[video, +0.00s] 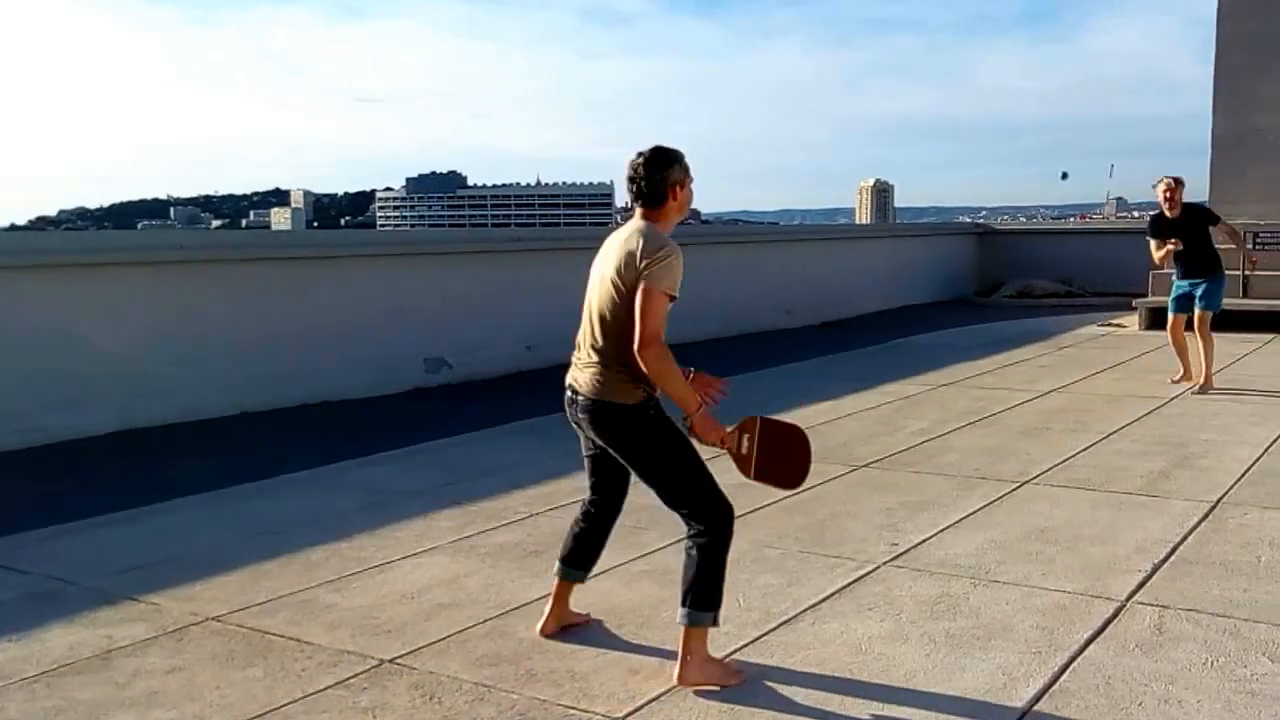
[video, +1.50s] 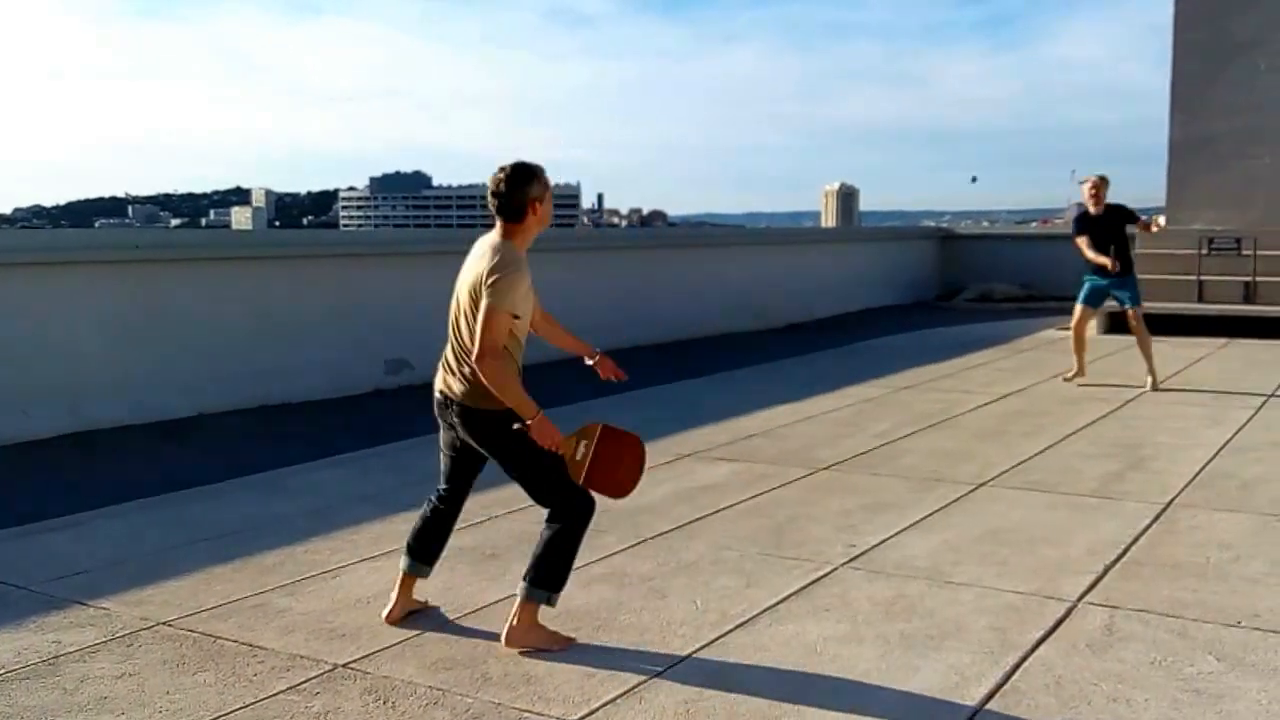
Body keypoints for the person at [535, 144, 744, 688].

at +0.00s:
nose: (692, 192)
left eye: (689, 183)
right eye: (689, 183)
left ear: (641, 192)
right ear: (675, 191)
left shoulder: (619, 239)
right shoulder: (661, 250)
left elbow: (627, 335)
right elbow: (649, 349)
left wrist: (685, 377)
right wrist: (695, 412)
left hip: (581, 396)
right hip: (620, 406)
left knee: (603, 500)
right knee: (712, 515)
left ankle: (556, 611)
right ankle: (694, 658)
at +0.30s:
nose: (704, 223)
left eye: (702, 214)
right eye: (699, 215)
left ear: (665, 225)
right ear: (678, 227)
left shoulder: (668, 269)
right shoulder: (638, 288)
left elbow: (723, 295)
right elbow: (670, 387)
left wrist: (799, 294)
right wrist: (738, 404)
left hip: (626, 421)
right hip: (627, 432)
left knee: (636, 517)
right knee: (731, 527)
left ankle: (551, 606)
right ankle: (691, 667)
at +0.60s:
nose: (657, 183)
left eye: (653, 175)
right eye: (654, 176)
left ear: (604, 188)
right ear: (643, 184)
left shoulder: (583, 238)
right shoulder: (652, 237)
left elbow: (609, 312)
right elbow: (699, 263)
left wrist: (668, 350)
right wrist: (708, 210)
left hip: (576, 401)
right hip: (623, 411)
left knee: (595, 492)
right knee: (707, 524)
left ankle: (537, 603)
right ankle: (677, 666)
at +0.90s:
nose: (581, 199)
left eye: (576, 191)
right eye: (578, 191)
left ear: (527, 203)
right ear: (567, 197)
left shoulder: (503, 255)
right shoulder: (594, 243)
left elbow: (463, 334)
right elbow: (635, 309)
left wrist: (438, 398)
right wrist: (604, 304)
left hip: (518, 399)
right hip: (576, 400)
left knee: (518, 494)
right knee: (627, 520)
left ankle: (496, 613)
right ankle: (663, 664)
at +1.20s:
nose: (562, 155)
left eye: (559, 146)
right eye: (560, 146)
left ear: (510, 153)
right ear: (549, 150)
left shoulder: (479, 205)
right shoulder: (556, 204)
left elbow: (449, 287)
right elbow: (571, 294)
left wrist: (433, 354)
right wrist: (584, 338)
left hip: (478, 355)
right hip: (528, 359)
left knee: (497, 469)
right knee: (557, 485)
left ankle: (480, 593)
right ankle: (542, 618)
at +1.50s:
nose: (552, 206)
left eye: (550, 198)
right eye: (549, 198)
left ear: (506, 207)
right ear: (534, 208)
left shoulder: (491, 248)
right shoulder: (508, 268)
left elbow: (535, 318)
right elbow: (487, 361)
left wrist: (589, 354)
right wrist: (535, 418)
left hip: (452, 400)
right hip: (486, 410)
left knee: (447, 496)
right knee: (572, 504)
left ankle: (403, 598)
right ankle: (524, 622)